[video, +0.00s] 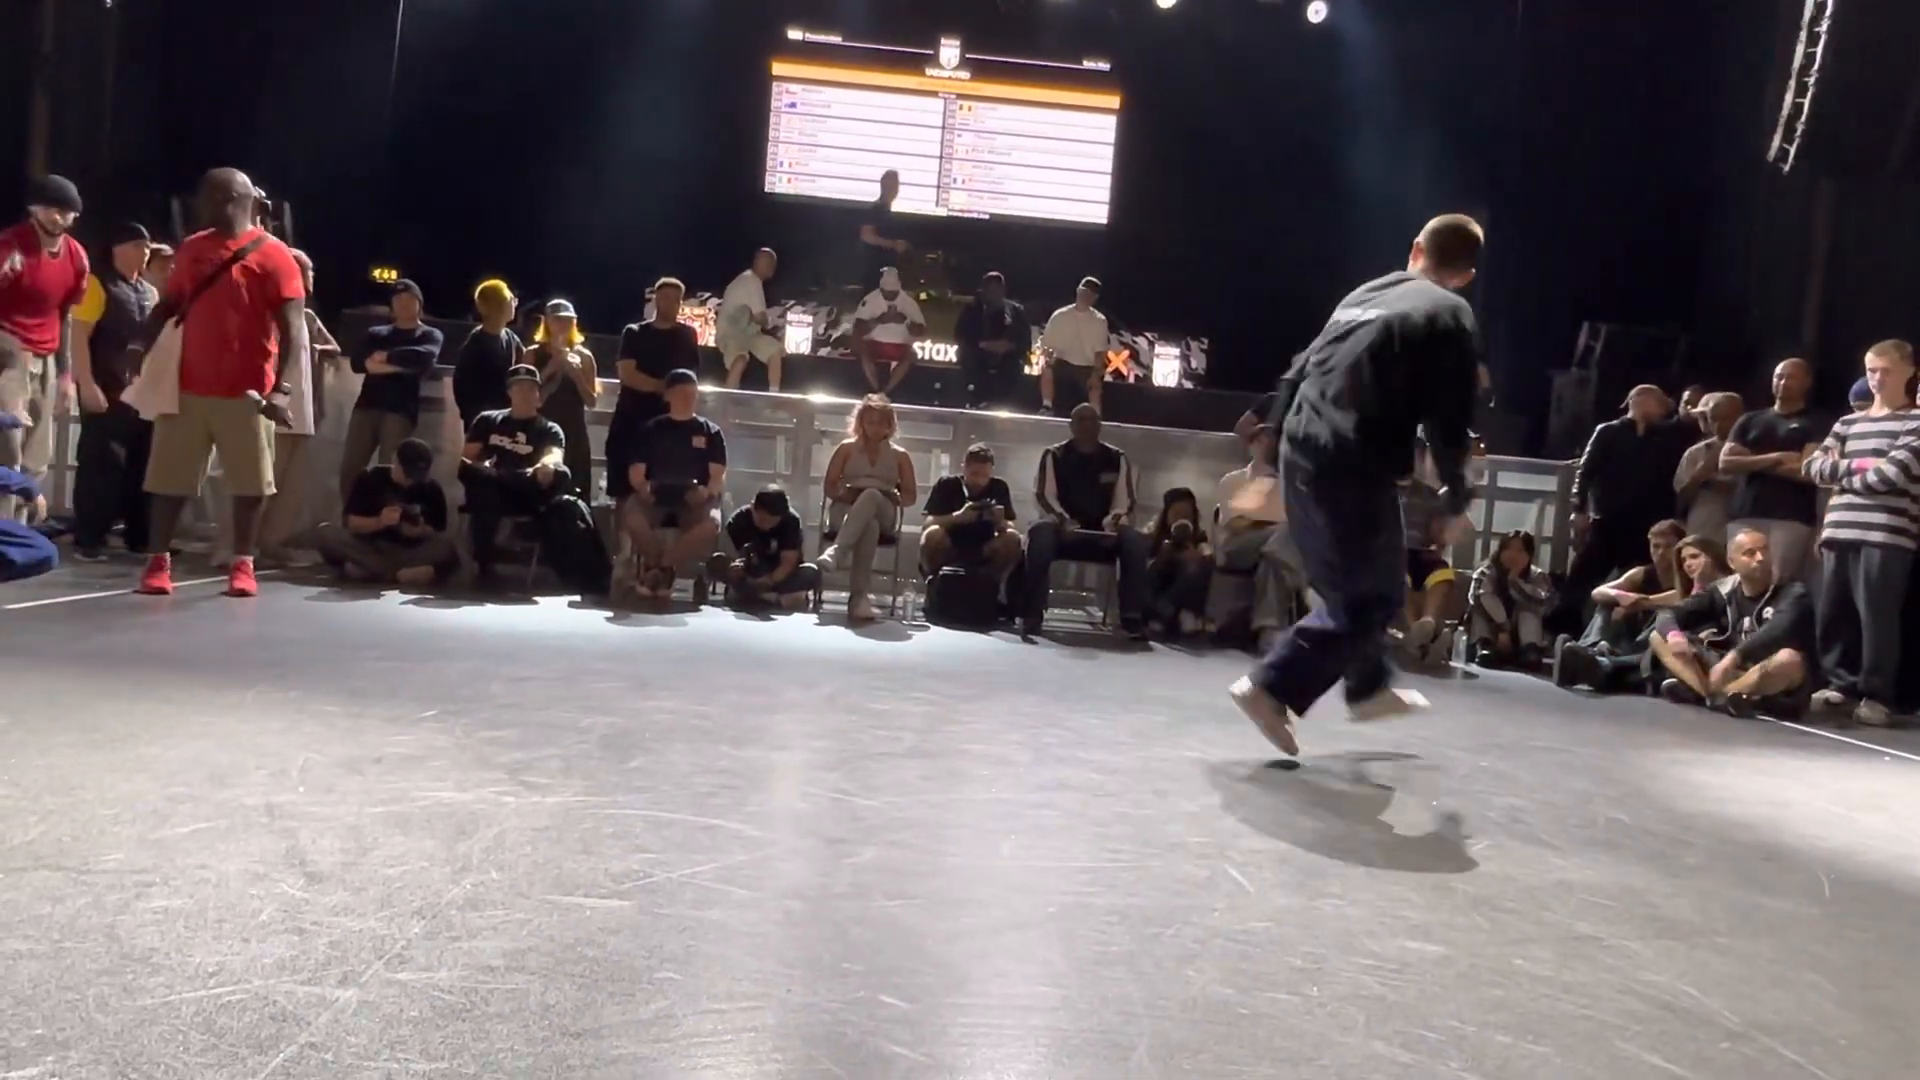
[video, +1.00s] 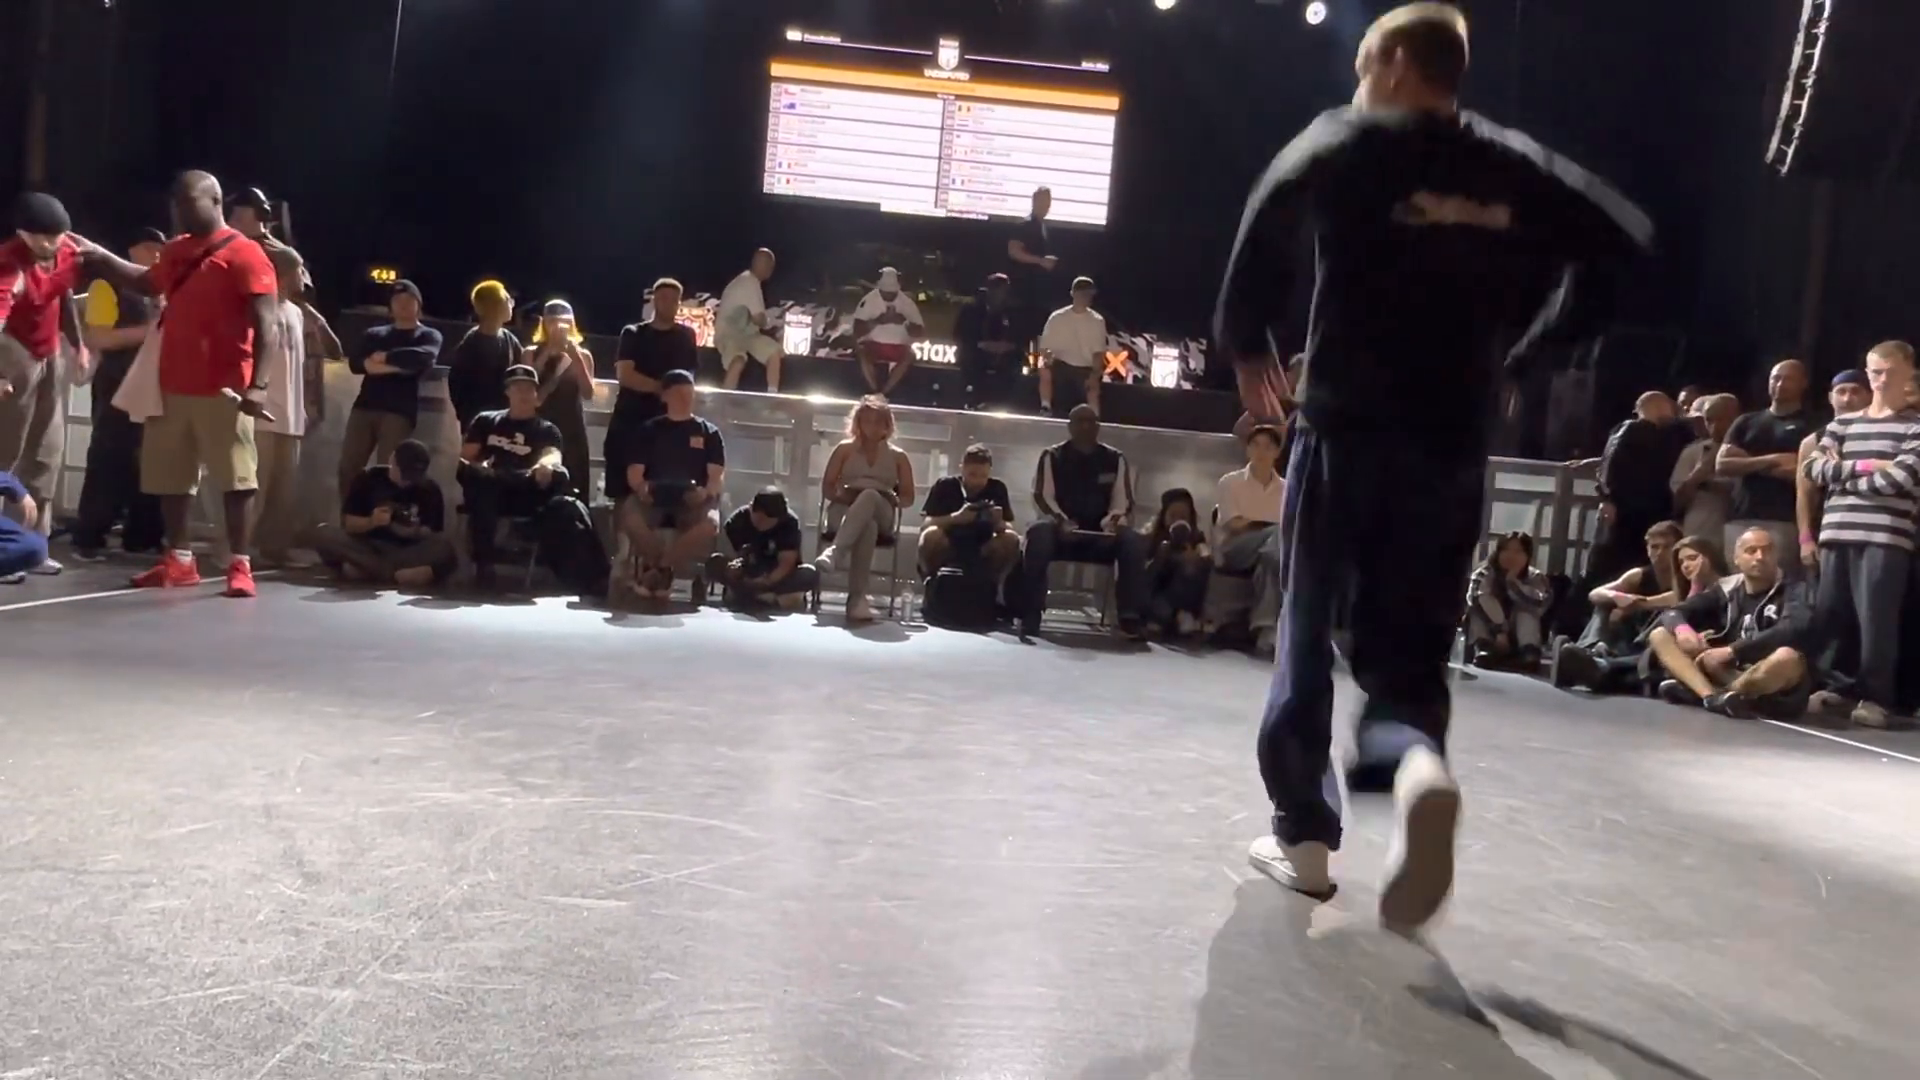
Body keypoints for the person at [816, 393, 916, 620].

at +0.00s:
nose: (875, 428)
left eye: (881, 423)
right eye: (870, 422)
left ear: (890, 425)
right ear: (860, 423)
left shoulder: (899, 456)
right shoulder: (847, 449)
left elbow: (909, 498)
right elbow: (830, 488)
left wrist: (885, 494)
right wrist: (854, 497)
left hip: (884, 518)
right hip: (844, 512)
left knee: (870, 495)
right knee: (869, 524)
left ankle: (836, 550)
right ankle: (859, 597)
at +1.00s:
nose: (875, 427)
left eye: (881, 422)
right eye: (869, 421)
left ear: (889, 426)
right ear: (858, 424)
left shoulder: (898, 457)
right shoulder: (845, 450)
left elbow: (908, 498)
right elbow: (828, 489)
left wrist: (885, 497)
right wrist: (852, 500)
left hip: (882, 518)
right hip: (843, 512)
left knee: (869, 496)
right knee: (867, 524)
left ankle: (834, 551)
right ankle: (857, 600)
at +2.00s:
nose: (874, 427)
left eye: (880, 422)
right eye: (869, 421)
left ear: (889, 425)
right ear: (859, 423)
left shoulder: (898, 457)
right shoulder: (846, 450)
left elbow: (908, 499)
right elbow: (829, 490)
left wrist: (889, 500)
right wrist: (851, 499)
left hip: (883, 518)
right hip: (844, 512)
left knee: (869, 497)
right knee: (869, 527)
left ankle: (834, 553)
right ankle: (857, 600)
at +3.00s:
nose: (864, 434)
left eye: (870, 428)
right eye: (858, 428)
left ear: (878, 433)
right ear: (848, 431)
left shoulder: (888, 466)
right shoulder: (834, 459)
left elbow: (898, 506)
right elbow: (819, 499)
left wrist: (881, 509)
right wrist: (839, 506)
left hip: (873, 526)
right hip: (833, 521)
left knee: (859, 504)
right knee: (859, 535)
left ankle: (825, 561)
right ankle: (848, 607)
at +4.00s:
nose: (850, 437)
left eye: (856, 432)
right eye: (844, 432)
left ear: (863, 436)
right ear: (834, 435)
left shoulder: (874, 468)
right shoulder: (820, 463)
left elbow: (886, 508)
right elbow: (805, 502)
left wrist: (866, 511)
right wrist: (825, 511)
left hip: (861, 529)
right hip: (822, 525)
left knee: (846, 508)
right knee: (847, 538)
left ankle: (813, 565)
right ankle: (838, 611)